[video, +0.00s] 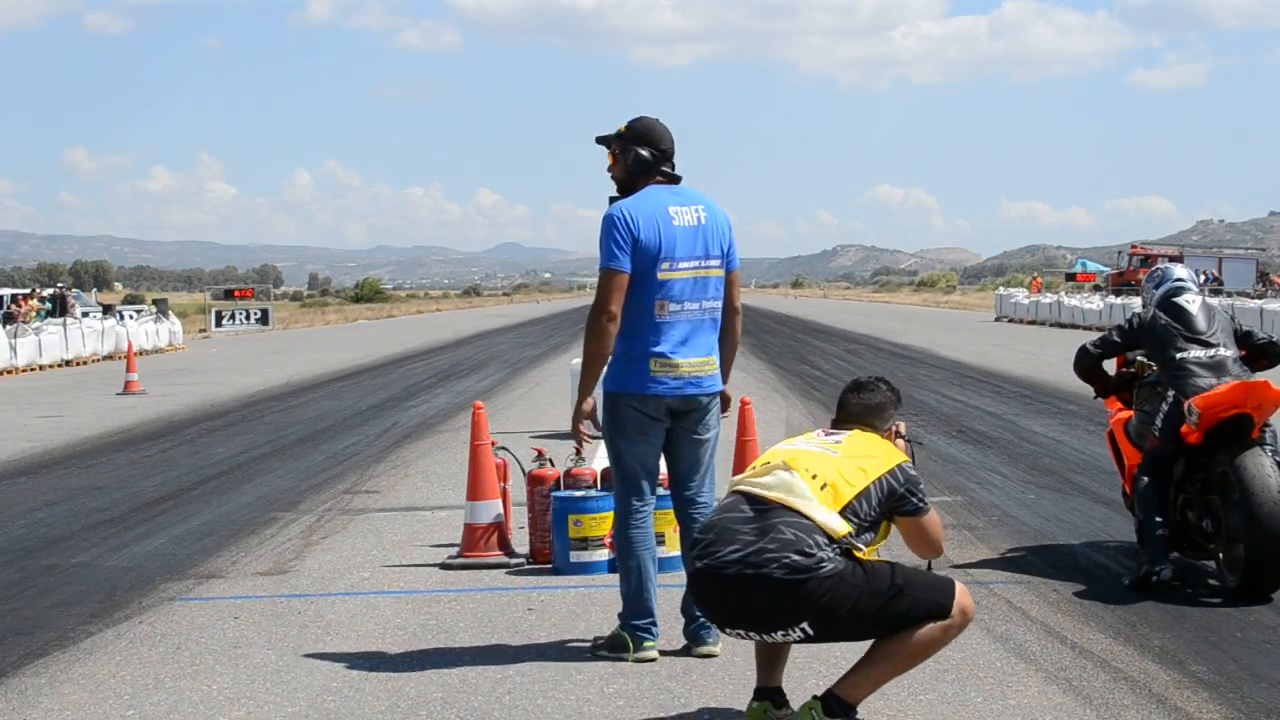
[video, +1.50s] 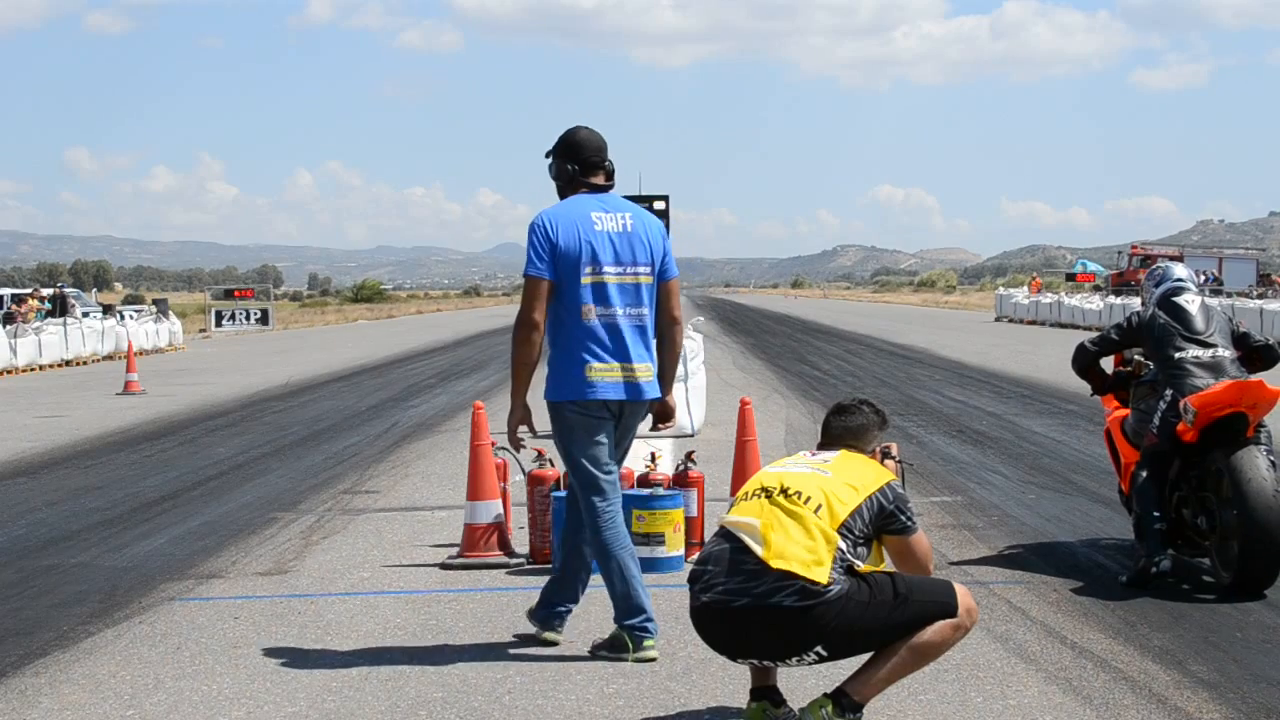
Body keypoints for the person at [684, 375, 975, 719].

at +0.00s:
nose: (898, 431)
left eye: (897, 427)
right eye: (897, 426)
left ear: (833, 423)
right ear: (889, 430)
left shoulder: (797, 442)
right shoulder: (892, 462)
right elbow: (930, 546)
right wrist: (905, 464)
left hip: (711, 583)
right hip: (796, 582)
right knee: (957, 606)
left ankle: (766, 696)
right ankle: (834, 706)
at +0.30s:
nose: (900, 443)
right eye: (898, 437)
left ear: (834, 433)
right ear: (890, 442)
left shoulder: (795, 455)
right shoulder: (893, 474)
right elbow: (933, 561)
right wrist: (904, 475)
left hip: (717, 601)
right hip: (799, 602)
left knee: (778, 567)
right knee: (965, 612)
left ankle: (767, 697)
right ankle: (839, 707)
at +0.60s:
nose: (898, 449)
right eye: (896, 442)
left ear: (831, 439)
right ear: (887, 448)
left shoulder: (790, 462)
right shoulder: (890, 479)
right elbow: (932, 566)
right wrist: (905, 484)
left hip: (717, 610)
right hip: (800, 612)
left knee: (776, 568)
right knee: (967, 612)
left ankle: (769, 697)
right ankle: (838, 707)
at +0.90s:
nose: (894, 454)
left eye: (892, 446)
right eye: (892, 446)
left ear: (826, 441)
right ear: (882, 450)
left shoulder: (787, 463)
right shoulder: (884, 480)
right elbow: (926, 571)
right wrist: (899, 487)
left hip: (715, 613)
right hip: (800, 614)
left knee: (774, 567)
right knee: (965, 610)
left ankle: (765, 697)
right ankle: (841, 707)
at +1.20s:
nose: (890, 455)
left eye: (889, 448)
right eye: (889, 448)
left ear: (821, 443)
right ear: (878, 451)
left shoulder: (782, 464)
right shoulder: (880, 482)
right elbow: (922, 571)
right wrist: (895, 488)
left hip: (714, 616)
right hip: (801, 618)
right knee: (963, 607)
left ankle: (764, 697)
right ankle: (840, 707)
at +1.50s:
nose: (886, 451)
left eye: (884, 446)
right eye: (884, 444)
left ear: (819, 443)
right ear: (873, 449)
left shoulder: (780, 464)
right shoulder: (879, 481)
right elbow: (920, 570)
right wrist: (893, 487)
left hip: (714, 616)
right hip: (802, 618)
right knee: (962, 607)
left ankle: (764, 695)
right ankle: (841, 705)